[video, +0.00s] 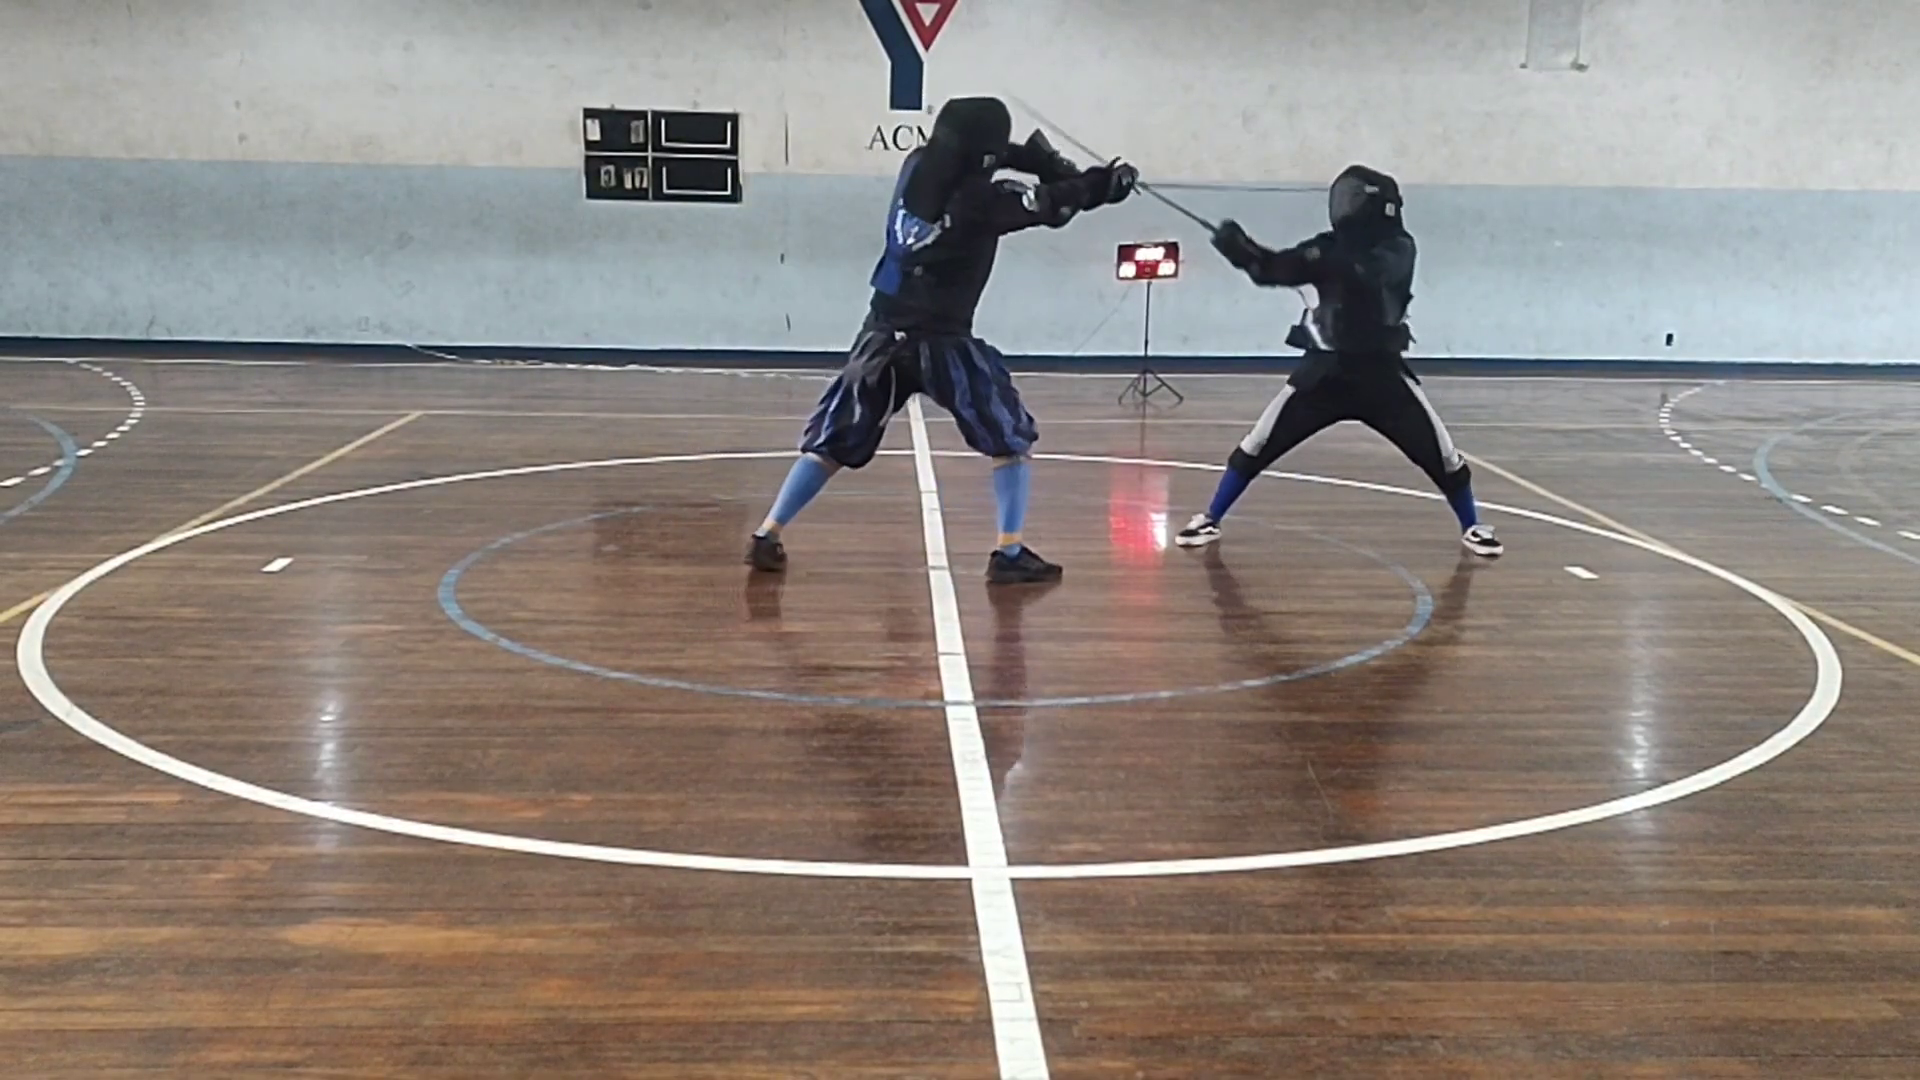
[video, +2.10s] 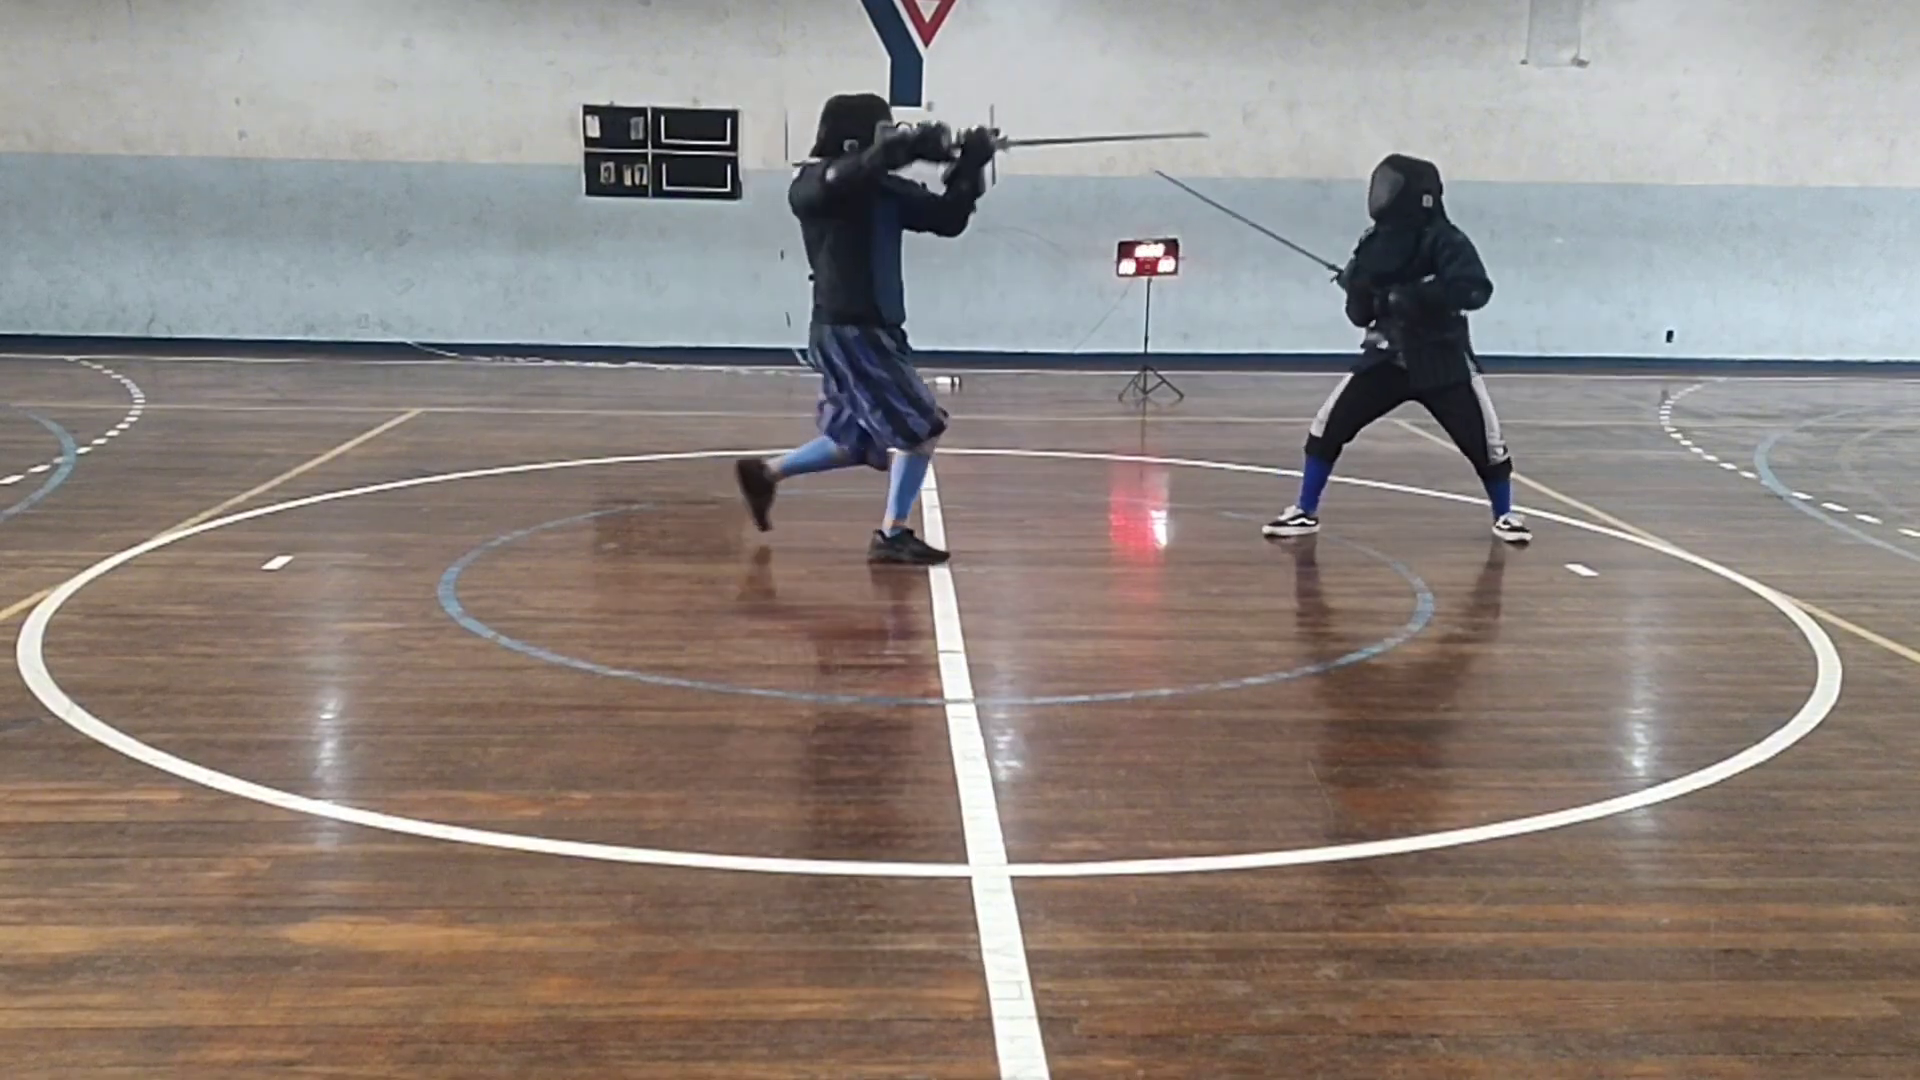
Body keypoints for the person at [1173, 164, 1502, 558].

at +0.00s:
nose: (1343, 206)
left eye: (1353, 198)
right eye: (1341, 198)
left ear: (1376, 204)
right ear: (1340, 205)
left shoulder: (1399, 247)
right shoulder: (1328, 246)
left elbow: (1358, 270)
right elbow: (1277, 270)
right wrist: (1244, 252)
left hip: (1383, 374)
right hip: (1322, 373)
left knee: (1442, 455)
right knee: (1258, 445)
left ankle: (1472, 527)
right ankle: (1210, 519)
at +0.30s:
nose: (1322, 198)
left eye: (1330, 191)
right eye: (1320, 191)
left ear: (1350, 193)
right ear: (1319, 192)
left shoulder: (1379, 234)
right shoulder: (1305, 232)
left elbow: (1335, 221)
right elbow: (1255, 219)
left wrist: (1307, 192)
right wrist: (1225, 185)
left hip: (1359, 372)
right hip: (1300, 371)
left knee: (1424, 451)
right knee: (1247, 449)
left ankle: (1461, 528)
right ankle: (1208, 521)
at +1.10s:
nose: (1324, 175)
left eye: (1336, 166)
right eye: (1319, 165)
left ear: (1355, 174)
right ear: (1310, 169)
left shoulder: (1368, 216)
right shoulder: (1291, 213)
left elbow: (1362, 240)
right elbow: (1246, 259)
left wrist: (1316, 211)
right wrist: (1233, 225)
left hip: (1337, 347)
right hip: (1278, 343)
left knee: (1372, 439)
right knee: (1237, 431)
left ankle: (1391, 523)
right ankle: (1207, 518)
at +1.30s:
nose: (1327, 180)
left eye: (1338, 171)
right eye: (1322, 171)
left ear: (1361, 177)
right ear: (1313, 176)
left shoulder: (1379, 224)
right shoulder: (1303, 227)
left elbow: (1422, 241)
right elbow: (1286, 299)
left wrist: (1362, 223)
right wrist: (1296, 250)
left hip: (1344, 351)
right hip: (1289, 345)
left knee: (1352, 443)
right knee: (1241, 430)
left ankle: (1375, 524)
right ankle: (1206, 515)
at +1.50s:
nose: (1343, 178)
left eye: (1353, 169)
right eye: (1339, 169)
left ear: (1379, 173)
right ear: (1335, 174)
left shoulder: (1405, 216)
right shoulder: (1330, 226)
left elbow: (1445, 227)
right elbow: (1320, 301)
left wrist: (1381, 221)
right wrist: (1319, 256)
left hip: (1382, 336)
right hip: (1330, 335)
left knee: (1376, 439)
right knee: (1277, 424)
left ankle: (1379, 525)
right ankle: (1226, 508)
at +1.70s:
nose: (1367, 202)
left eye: (1378, 193)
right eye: (1367, 193)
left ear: (1406, 200)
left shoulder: (1433, 241)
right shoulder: (1361, 257)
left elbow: (1469, 278)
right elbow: (1361, 329)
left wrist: (1419, 272)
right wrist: (1348, 290)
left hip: (1438, 362)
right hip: (1382, 366)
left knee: (1472, 450)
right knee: (1325, 440)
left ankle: (1501, 515)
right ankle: (1276, 513)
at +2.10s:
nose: (1378, 194)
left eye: (1389, 186)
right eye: (1379, 185)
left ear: (1418, 194)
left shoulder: (1443, 237)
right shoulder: (1373, 244)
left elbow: (1476, 289)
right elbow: (1359, 316)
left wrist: (1414, 296)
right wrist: (1359, 290)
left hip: (1444, 362)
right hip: (1387, 362)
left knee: (1486, 442)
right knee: (1328, 427)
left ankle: (1504, 515)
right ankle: (1305, 511)